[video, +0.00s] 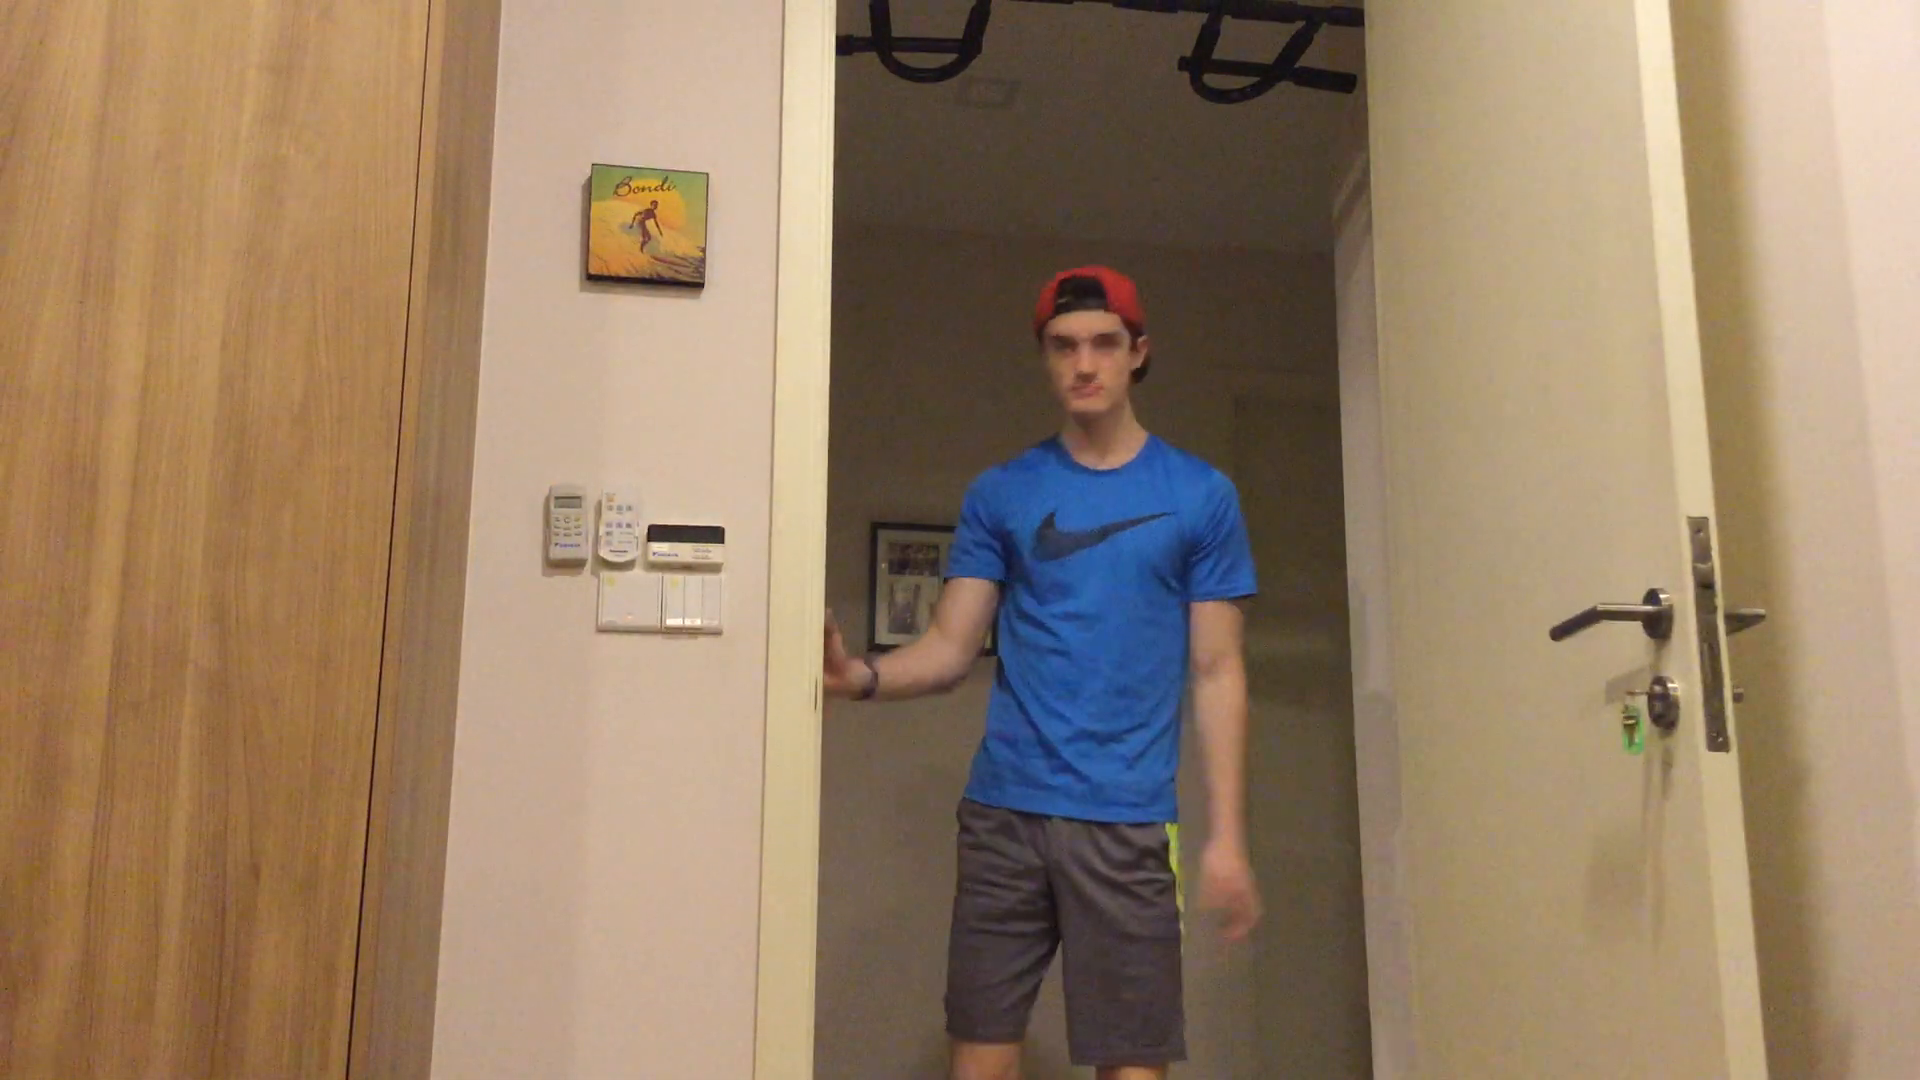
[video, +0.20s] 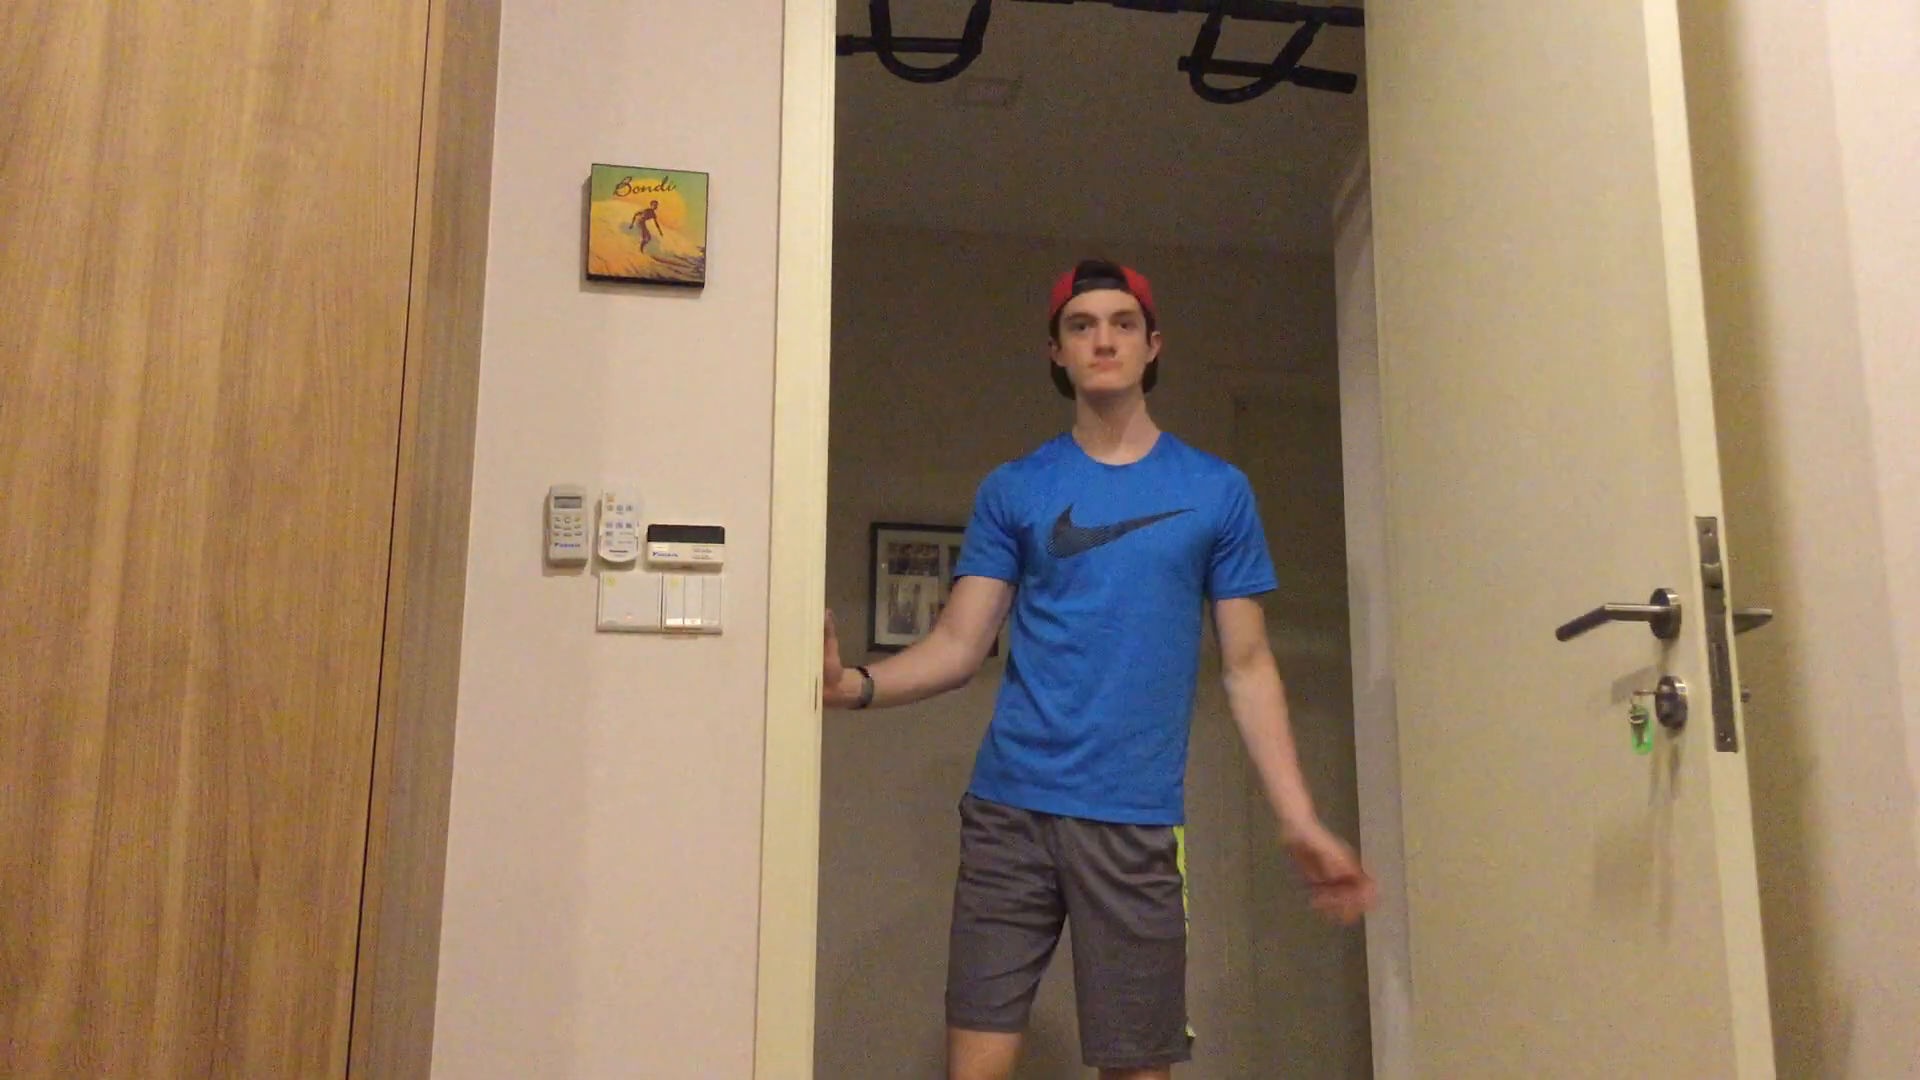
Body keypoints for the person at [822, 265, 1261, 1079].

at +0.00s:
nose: (1082, 363)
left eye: (1101, 344)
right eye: (1063, 346)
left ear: (1137, 355)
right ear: (1043, 362)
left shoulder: (1200, 497)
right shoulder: (1001, 494)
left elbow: (1217, 672)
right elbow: (949, 647)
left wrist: (1225, 838)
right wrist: (859, 675)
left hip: (1127, 823)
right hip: (1004, 811)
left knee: (1130, 1060)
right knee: (981, 1045)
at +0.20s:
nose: (1103, 338)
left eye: (1122, 323)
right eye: (1082, 326)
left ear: (1151, 347)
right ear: (1058, 355)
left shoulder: (1216, 491)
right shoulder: (1015, 489)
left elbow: (1249, 664)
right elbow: (956, 645)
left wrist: (1299, 822)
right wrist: (850, 683)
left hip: (1135, 823)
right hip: (1009, 810)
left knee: (1138, 1065)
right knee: (978, 1061)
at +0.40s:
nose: (1116, 320)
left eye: (1136, 312)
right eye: (1095, 314)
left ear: (1165, 350)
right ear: (1073, 355)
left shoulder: (1227, 492)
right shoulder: (1025, 486)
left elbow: (1259, 665)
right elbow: (959, 641)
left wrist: (1335, 800)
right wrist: (849, 682)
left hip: (1146, 821)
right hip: (1019, 807)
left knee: (1145, 1066)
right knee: (989, 1062)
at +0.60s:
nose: (1134, 309)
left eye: (1152, 306)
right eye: (1112, 307)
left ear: (1183, 353)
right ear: (1087, 356)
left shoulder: (1237, 498)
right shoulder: (1038, 481)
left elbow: (1251, 669)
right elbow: (965, 633)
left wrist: (1331, 795)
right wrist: (854, 680)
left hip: (1153, 821)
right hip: (1027, 806)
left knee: (1148, 1067)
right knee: (1008, 1064)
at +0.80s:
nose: (1141, 314)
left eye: (1159, 312)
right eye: (1121, 314)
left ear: (1191, 363)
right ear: (1097, 368)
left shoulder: (1242, 502)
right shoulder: (1043, 484)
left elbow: (1253, 672)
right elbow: (989, 641)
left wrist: (1336, 792)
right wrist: (891, 650)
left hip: (1159, 820)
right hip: (1033, 805)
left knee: (1150, 1065)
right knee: (1016, 1061)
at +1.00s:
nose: (1126, 318)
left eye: (1147, 315)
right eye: (1110, 321)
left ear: (1186, 365)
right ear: (1096, 382)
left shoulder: (1243, 499)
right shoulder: (1048, 479)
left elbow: (1257, 669)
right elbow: (943, 587)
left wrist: (1337, 784)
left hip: (1167, 814)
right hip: (1042, 802)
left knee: (1156, 1063)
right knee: (1035, 1057)